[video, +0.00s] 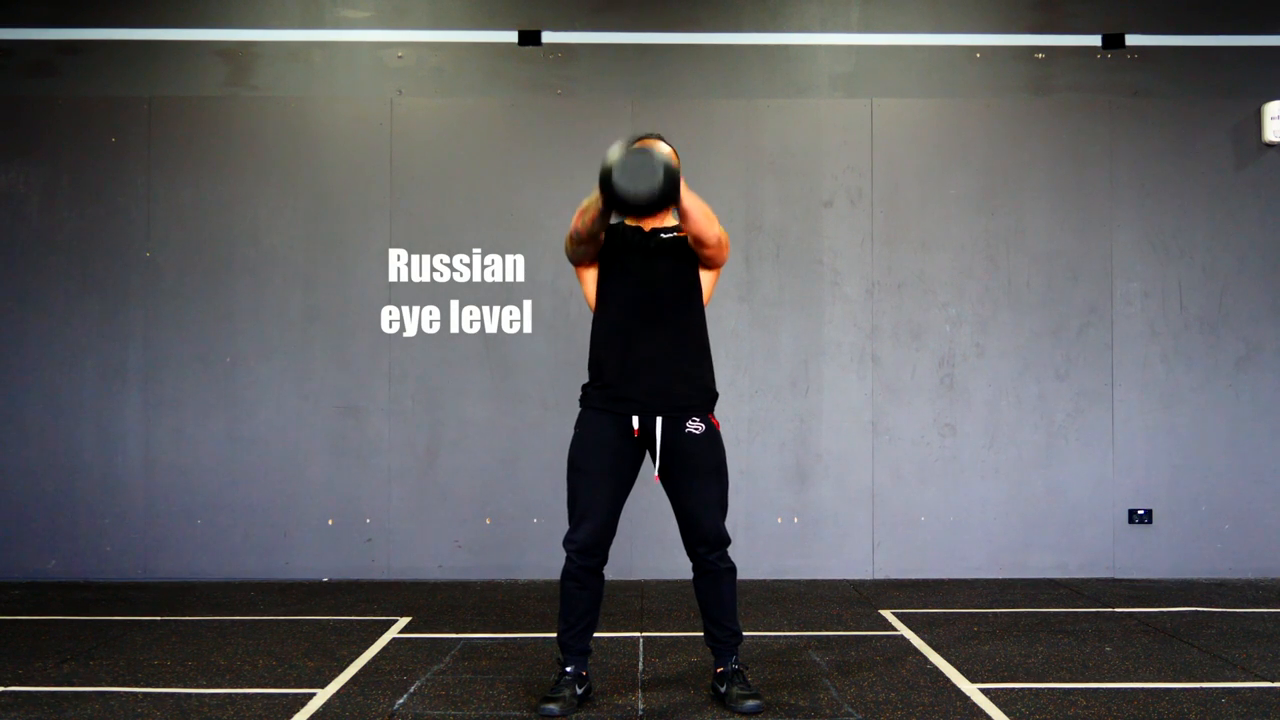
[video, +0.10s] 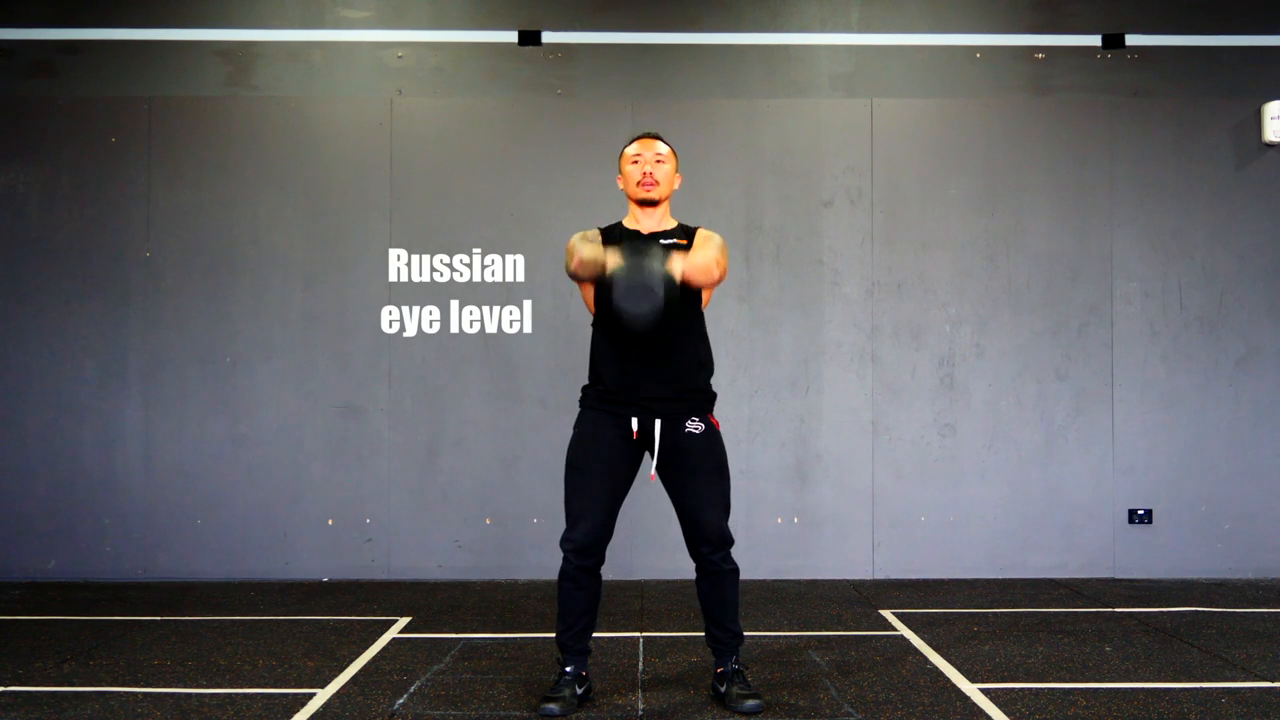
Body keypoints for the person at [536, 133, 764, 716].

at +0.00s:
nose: (650, 185)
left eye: (660, 171)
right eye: (639, 170)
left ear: (674, 185)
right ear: (620, 185)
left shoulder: (702, 247)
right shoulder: (594, 246)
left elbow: (711, 237)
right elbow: (581, 230)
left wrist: (673, 177)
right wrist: (610, 188)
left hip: (687, 413)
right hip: (609, 411)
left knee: (710, 545)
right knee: (584, 544)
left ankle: (729, 670)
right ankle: (572, 672)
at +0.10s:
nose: (647, 166)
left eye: (659, 159)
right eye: (636, 159)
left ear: (676, 179)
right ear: (620, 179)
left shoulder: (701, 240)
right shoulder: (596, 242)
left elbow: (707, 269)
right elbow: (581, 262)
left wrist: (668, 267)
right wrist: (607, 266)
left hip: (687, 415)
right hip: (608, 413)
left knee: (713, 543)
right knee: (581, 544)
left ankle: (729, 670)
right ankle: (571, 672)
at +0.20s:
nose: (646, 167)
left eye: (658, 159)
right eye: (635, 159)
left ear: (676, 179)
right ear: (619, 178)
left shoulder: (705, 249)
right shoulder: (588, 248)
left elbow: (699, 311)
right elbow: (590, 308)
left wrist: (669, 357)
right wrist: (619, 352)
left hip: (685, 413)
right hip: (608, 412)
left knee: (722, 544)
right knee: (572, 545)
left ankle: (730, 670)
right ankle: (571, 672)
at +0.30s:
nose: (646, 179)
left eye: (659, 170)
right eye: (634, 170)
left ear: (676, 187)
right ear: (617, 187)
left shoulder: (706, 267)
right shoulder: (583, 267)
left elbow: (696, 357)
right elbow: (594, 358)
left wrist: (672, 431)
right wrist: (617, 429)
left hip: (686, 420)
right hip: (604, 420)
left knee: (736, 544)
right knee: (558, 545)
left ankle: (732, 670)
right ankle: (569, 673)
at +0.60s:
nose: (641, 248)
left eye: (653, 236)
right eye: (628, 237)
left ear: (672, 245)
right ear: (612, 248)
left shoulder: (707, 317)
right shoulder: (581, 321)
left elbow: (699, 412)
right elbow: (591, 416)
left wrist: (678, 481)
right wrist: (618, 483)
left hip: (686, 446)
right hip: (606, 448)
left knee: (747, 534)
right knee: (549, 539)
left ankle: (734, 669)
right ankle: (569, 672)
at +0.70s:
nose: (640, 228)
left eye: (651, 216)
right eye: (627, 217)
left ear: (671, 228)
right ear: (611, 229)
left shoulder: (707, 304)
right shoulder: (581, 311)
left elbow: (697, 402)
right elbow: (594, 410)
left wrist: (677, 475)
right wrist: (619, 479)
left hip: (688, 448)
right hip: (606, 448)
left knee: (746, 540)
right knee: (550, 544)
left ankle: (732, 671)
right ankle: (569, 675)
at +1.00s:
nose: (644, 182)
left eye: (655, 174)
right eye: (632, 174)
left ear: (672, 190)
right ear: (616, 191)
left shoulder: (699, 251)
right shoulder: (588, 253)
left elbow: (699, 285)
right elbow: (589, 286)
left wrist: (668, 304)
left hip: (683, 415)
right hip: (606, 414)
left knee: (711, 542)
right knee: (580, 544)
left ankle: (728, 670)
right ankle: (572, 672)